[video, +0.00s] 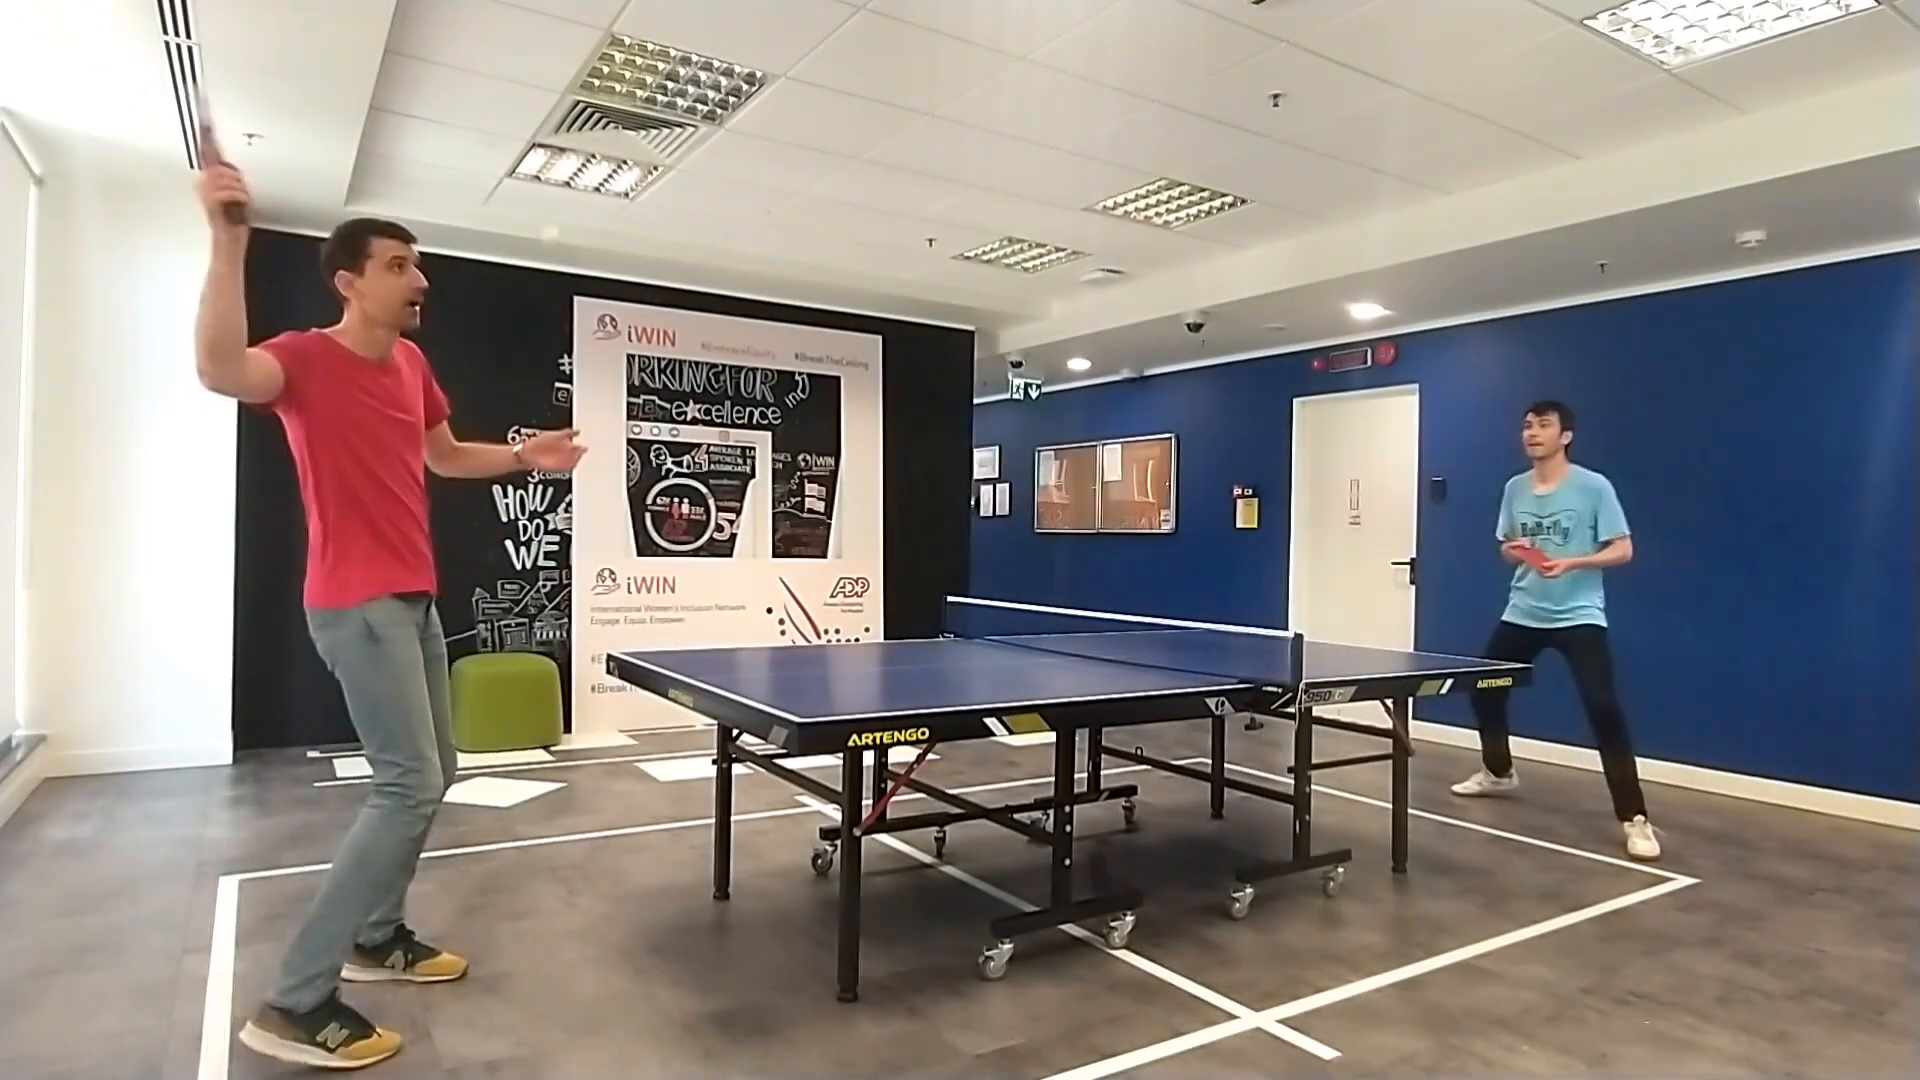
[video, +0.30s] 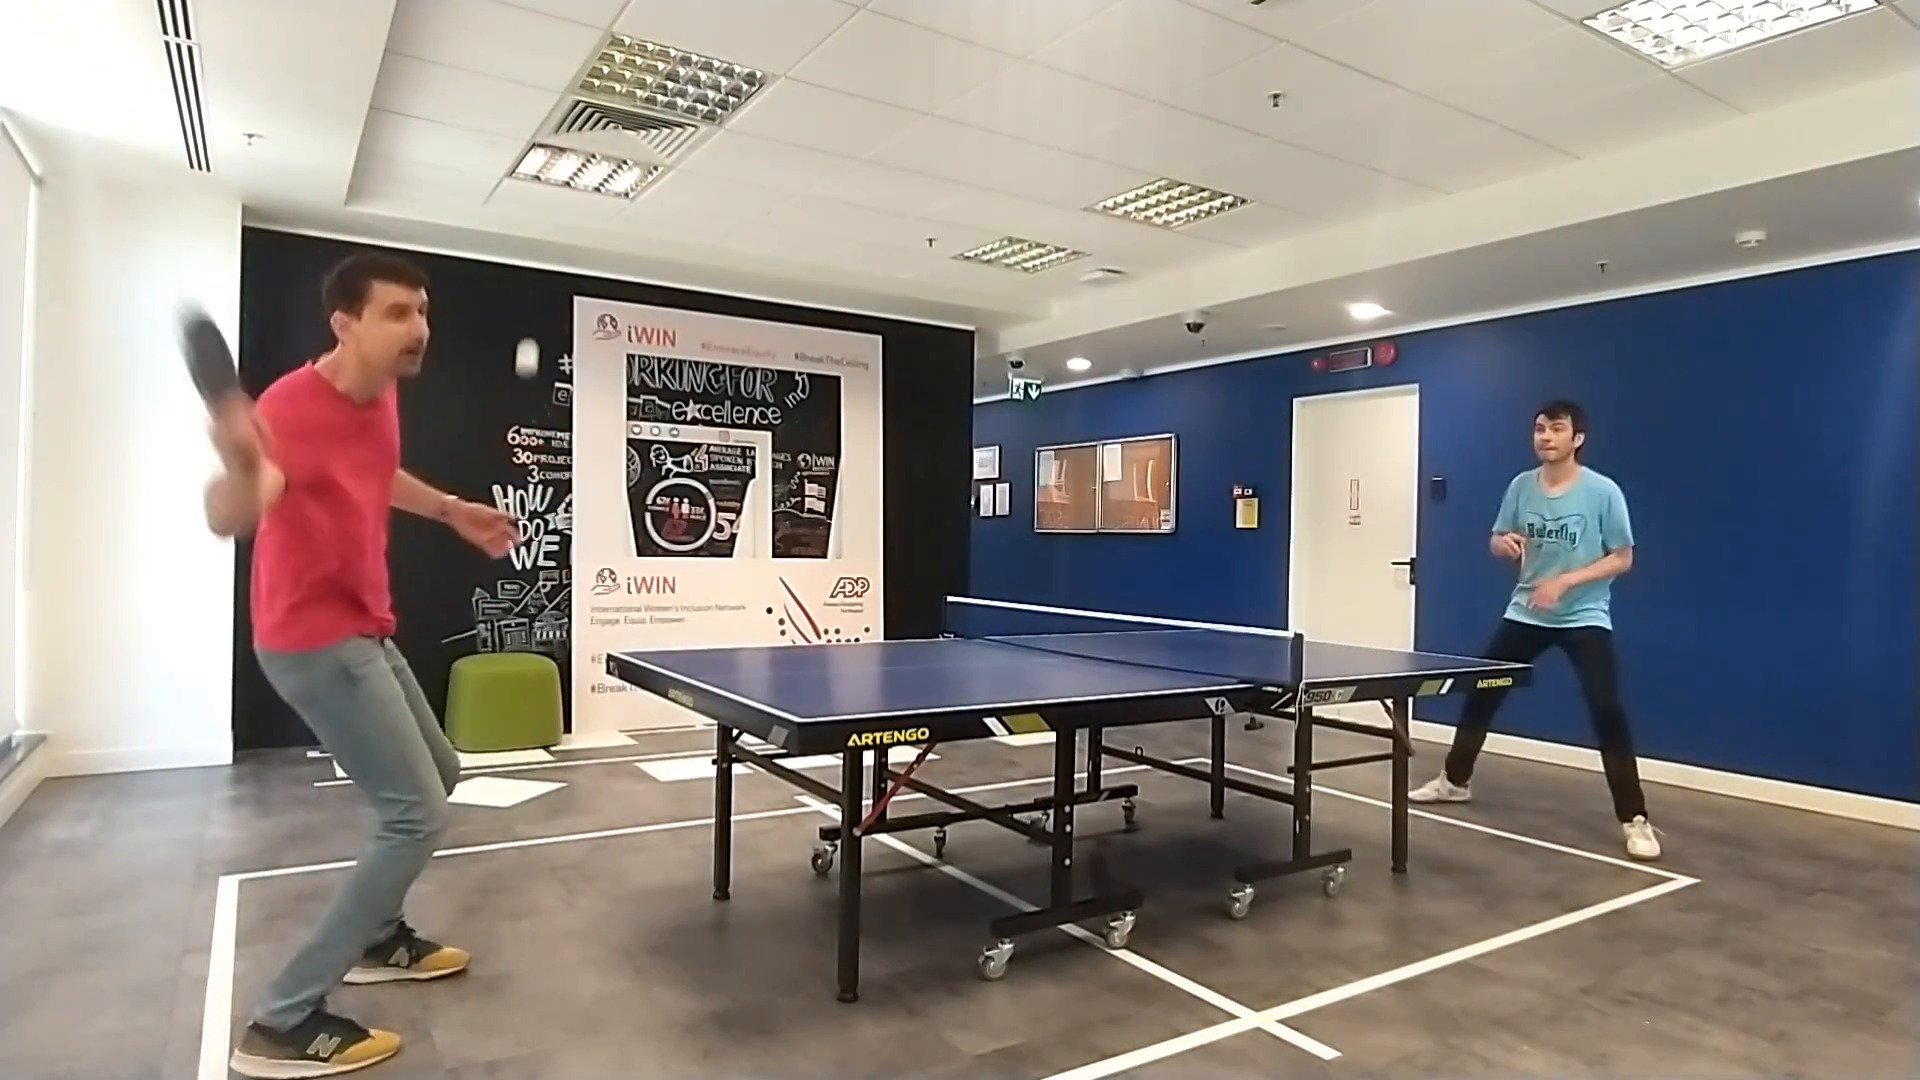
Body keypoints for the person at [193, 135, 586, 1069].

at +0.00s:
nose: (419, 278)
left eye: (418, 266)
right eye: (402, 265)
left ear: (399, 286)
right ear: (349, 281)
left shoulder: (408, 363)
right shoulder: (308, 358)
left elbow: (445, 455)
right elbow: (221, 367)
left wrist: (526, 453)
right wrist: (227, 239)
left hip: (413, 594)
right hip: (354, 600)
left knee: (428, 776)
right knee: (409, 786)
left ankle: (376, 931)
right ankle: (296, 999)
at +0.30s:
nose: (418, 329)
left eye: (421, 314)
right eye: (399, 313)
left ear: (414, 327)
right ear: (346, 323)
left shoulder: (381, 394)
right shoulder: (289, 406)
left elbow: (369, 475)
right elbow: (226, 521)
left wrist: (451, 509)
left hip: (364, 626)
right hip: (310, 637)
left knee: (439, 774)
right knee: (413, 816)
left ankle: (377, 933)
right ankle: (285, 1016)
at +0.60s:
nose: (379, 389)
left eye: (379, 371)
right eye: (363, 372)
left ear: (307, 374)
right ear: (300, 375)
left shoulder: (284, 413)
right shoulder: (245, 478)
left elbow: (293, 504)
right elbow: (324, 615)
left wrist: (369, 530)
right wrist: (473, 606)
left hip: (291, 652)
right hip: (256, 676)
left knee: (370, 782)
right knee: (409, 824)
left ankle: (252, 905)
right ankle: (286, 1021)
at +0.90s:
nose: (289, 356)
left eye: (287, 340)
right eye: (275, 340)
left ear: (223, 351)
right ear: (219, 347)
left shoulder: (199, 423)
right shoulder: (136, 432)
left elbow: (207, 510)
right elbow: (186, 574)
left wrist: (291, 526)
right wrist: (332, 544)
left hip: (156, 657)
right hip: (135, 664)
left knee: (151, 818)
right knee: (303, 800)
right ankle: (278, 1021)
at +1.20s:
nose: (241, 313)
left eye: (238, 298)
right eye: (227, 296)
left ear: (178, 308)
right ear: (170, 302)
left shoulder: (159, 399)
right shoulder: (89, 391)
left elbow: (134, 487)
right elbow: (71, 539)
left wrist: (214, 517)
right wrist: (223, 577)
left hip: (95, 629)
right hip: (47, 631)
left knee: (93, 805)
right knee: (124, 822)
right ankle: (1, 1020)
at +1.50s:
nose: (271, 393)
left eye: (271, 377)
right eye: (264, 375)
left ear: (212, 373)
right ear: (216, 372)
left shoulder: (121, 421)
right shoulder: (145, 448)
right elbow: (111, 599)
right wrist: (228, 650)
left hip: (62, 656)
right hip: (33, 668)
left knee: (156, 770)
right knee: (134, 848)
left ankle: (113, 912)